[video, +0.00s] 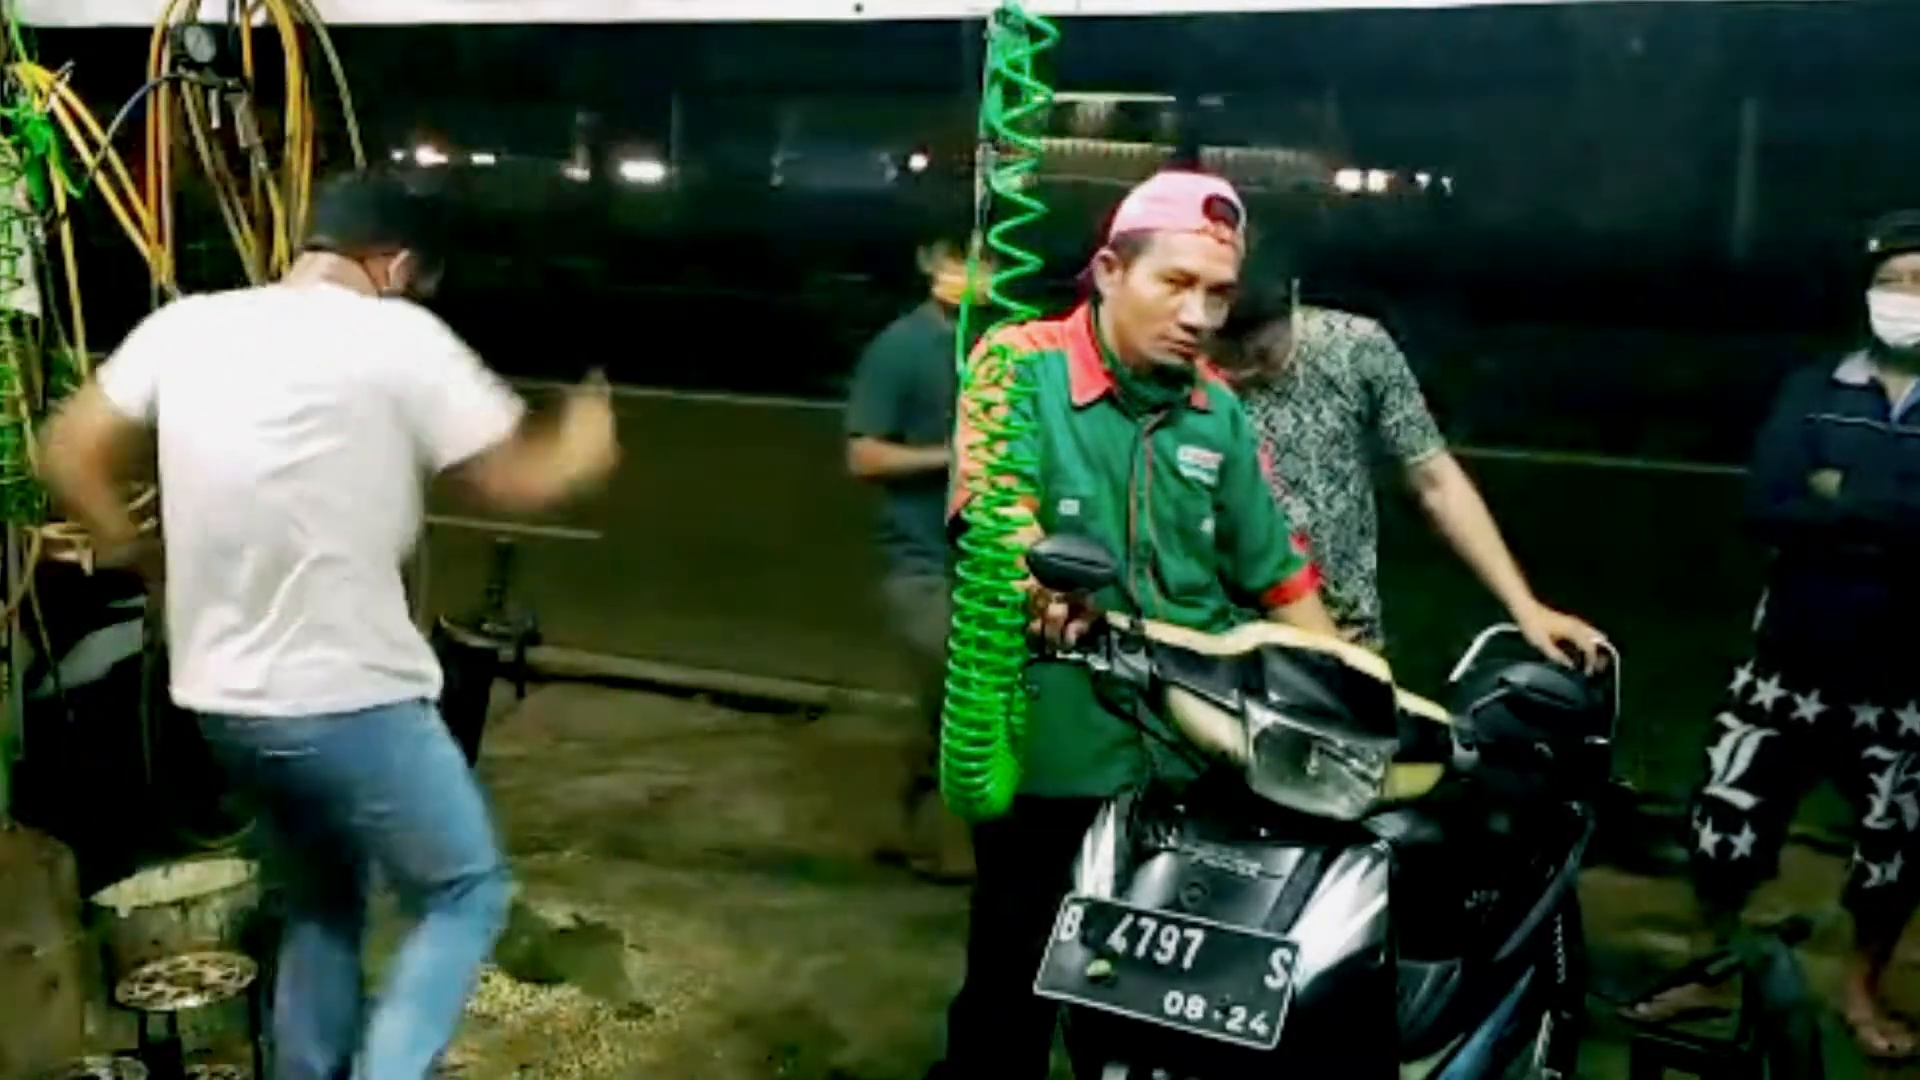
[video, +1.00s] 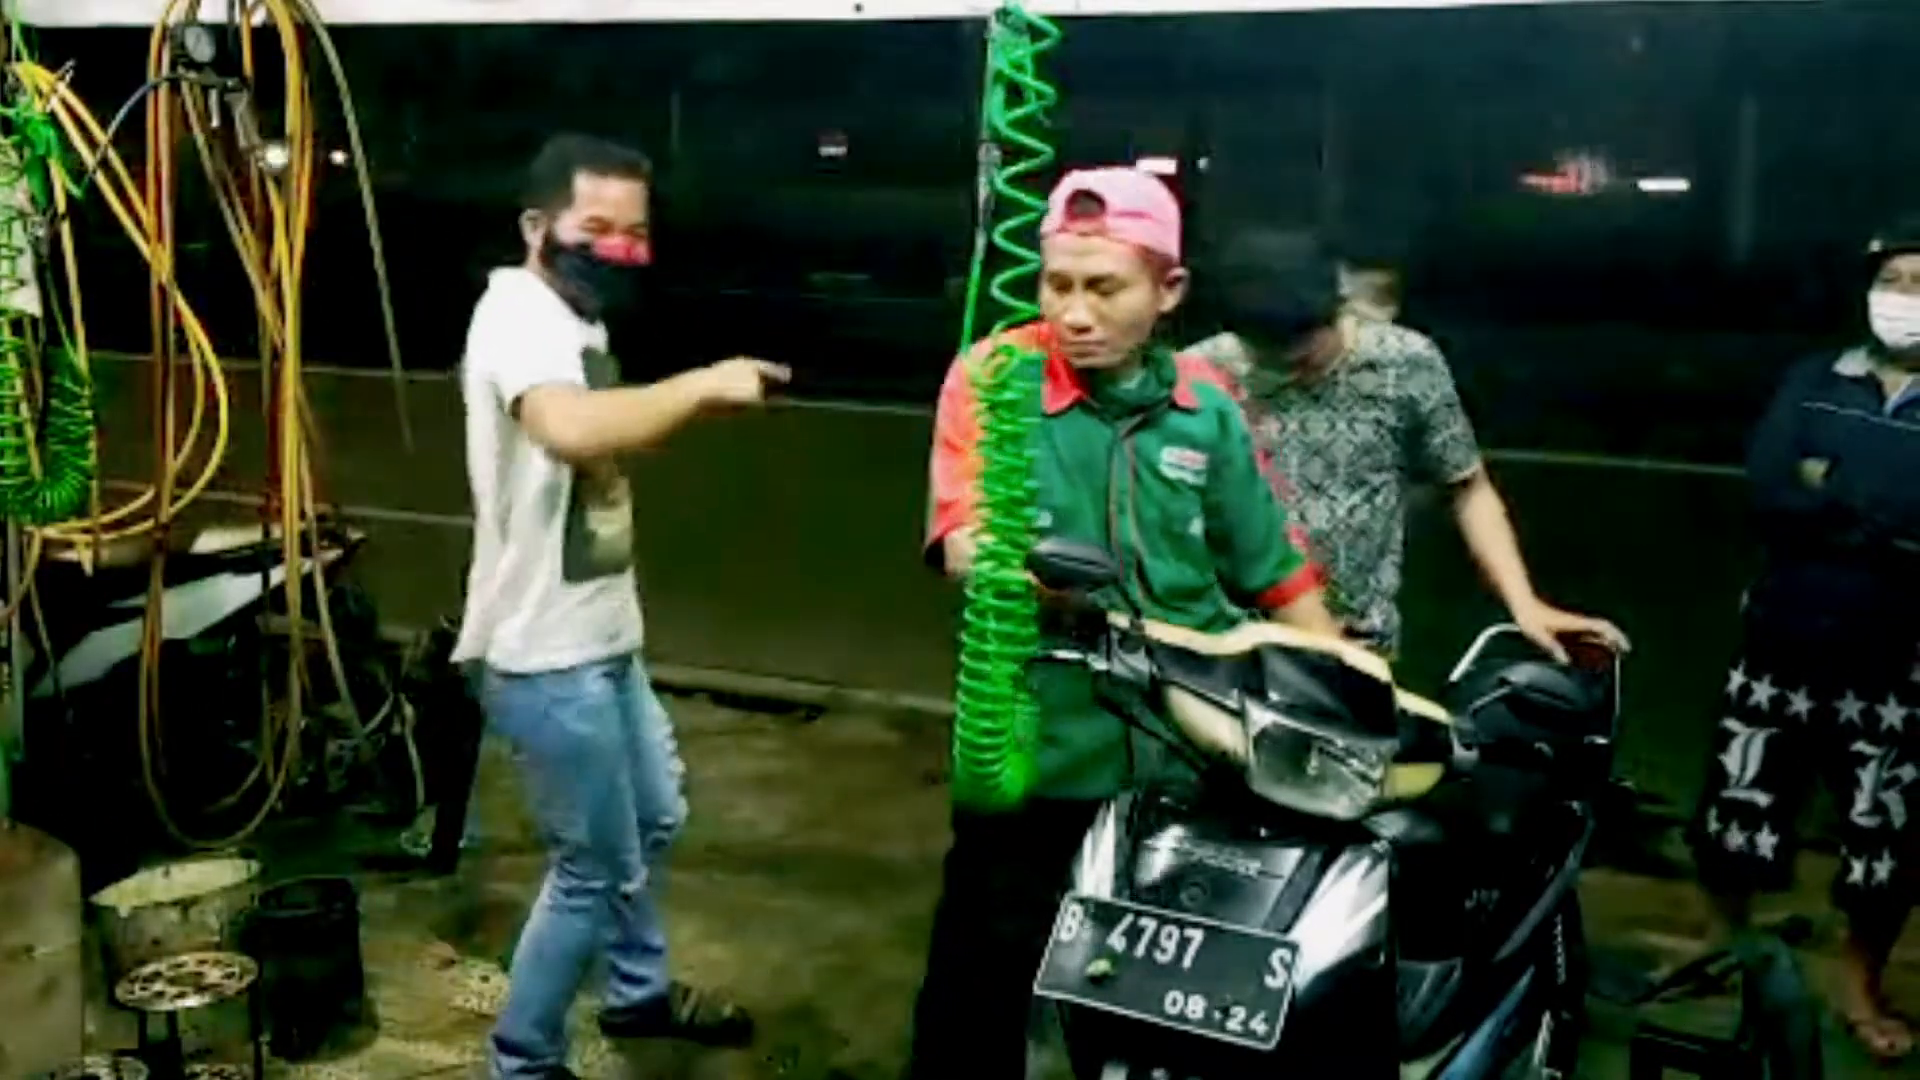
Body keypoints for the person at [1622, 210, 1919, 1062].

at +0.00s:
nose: (1904, 302)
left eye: (1917, 287)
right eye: (1891, 285)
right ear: (1865, 297)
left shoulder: (1919, 412)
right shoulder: (1814, 392)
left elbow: (1908, 515)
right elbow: (1765, 503)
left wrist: (1831, 484)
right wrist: (1880, 512)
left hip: (1899, 669)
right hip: (1795, 657)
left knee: (1896, 850)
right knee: (1722, 824)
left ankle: (1863, 989)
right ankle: (1709, 968)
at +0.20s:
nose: (1910, 302)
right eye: (1900, 284)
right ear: (1876, 296)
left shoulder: (1919, 411)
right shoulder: (1830, 391)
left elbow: (1908, 518)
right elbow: (1770, 500)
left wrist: (1838, 486)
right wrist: (1877, 510)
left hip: (1902, 668)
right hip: (1799, 655)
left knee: (1901, 854)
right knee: (1725, 823)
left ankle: (1861, 989)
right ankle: (1708, 967)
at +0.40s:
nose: (1916, 303)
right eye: (1906, 287)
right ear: (1882, 299)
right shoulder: (1831, 391)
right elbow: (1783, 498)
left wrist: (1844, 483)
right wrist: (1895, 511)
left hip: (1904, 668)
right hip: (1799, 654)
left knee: (1898, 857)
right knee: (1721, 825)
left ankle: (1863, 989)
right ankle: (1704, 936)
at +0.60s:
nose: (1916, 305)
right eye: (1905, 289)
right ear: (1879, 301)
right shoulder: (1828, 391)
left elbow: (1916, 513)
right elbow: (1781, 496)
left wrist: (1844, 479)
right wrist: (1896, 502)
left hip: (1904, 664)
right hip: (1800, 651)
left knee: (1896, 849)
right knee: (1743, 823)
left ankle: (1863, 988)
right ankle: (1722, 939)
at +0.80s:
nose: (1909, 301)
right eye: (1899, 285)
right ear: (1874, 298)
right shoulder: (1821, 386)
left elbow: (1910, 509)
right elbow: (1771, 483)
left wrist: (1834, 473)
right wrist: (1887, 503)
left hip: (1899, 660)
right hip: (1792, 646)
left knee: (1889, 848)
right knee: (1743, 813)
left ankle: (1859, 985)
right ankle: (1715, 942)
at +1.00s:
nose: (1903, 301)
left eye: (1918, 287)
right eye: (1892, 285)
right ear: (1866, 298)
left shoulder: (1919, 413)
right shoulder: (1814, 387)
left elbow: (1907, 507)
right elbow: (1765, 485)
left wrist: (1828, 472)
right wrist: (1876, 509)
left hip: (1893, 659)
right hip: (1786, 644)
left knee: (1885, 843)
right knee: (1733, 816)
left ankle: (1858, 979)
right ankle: (1722, 939)